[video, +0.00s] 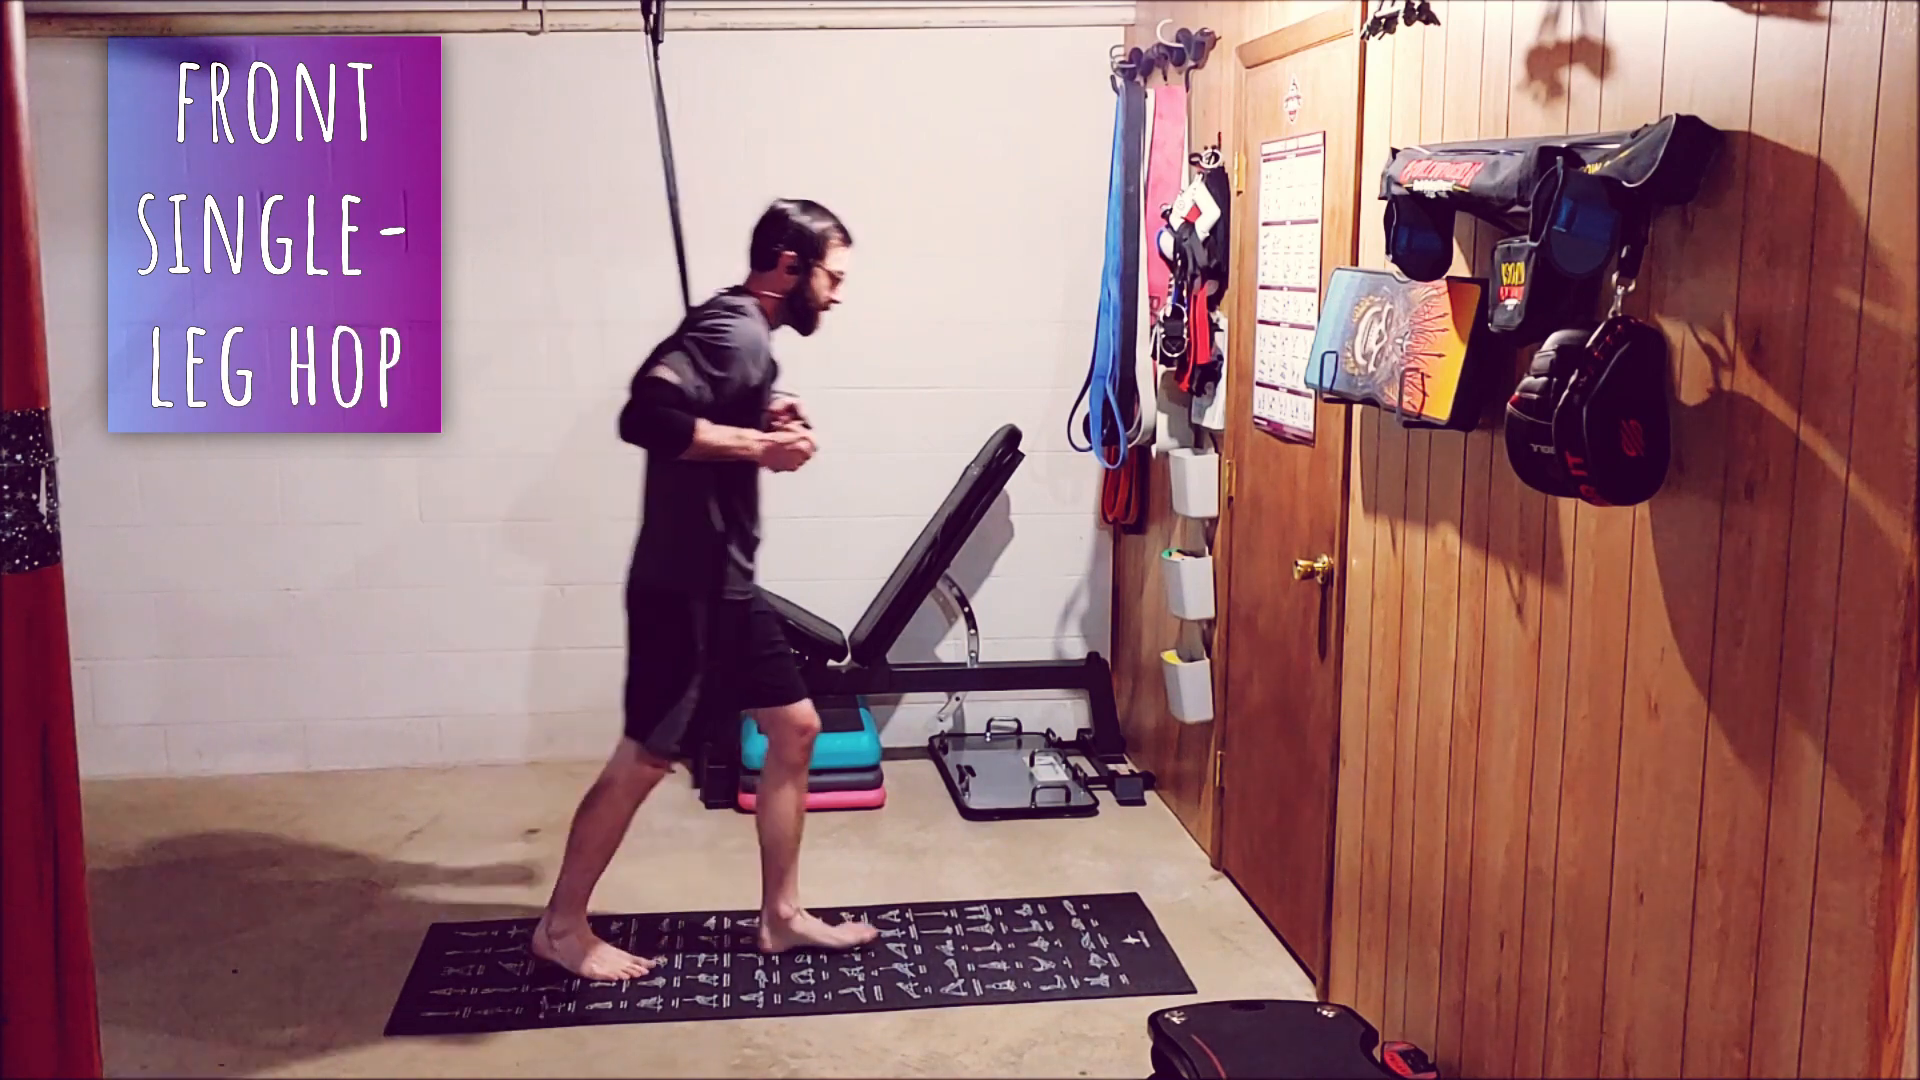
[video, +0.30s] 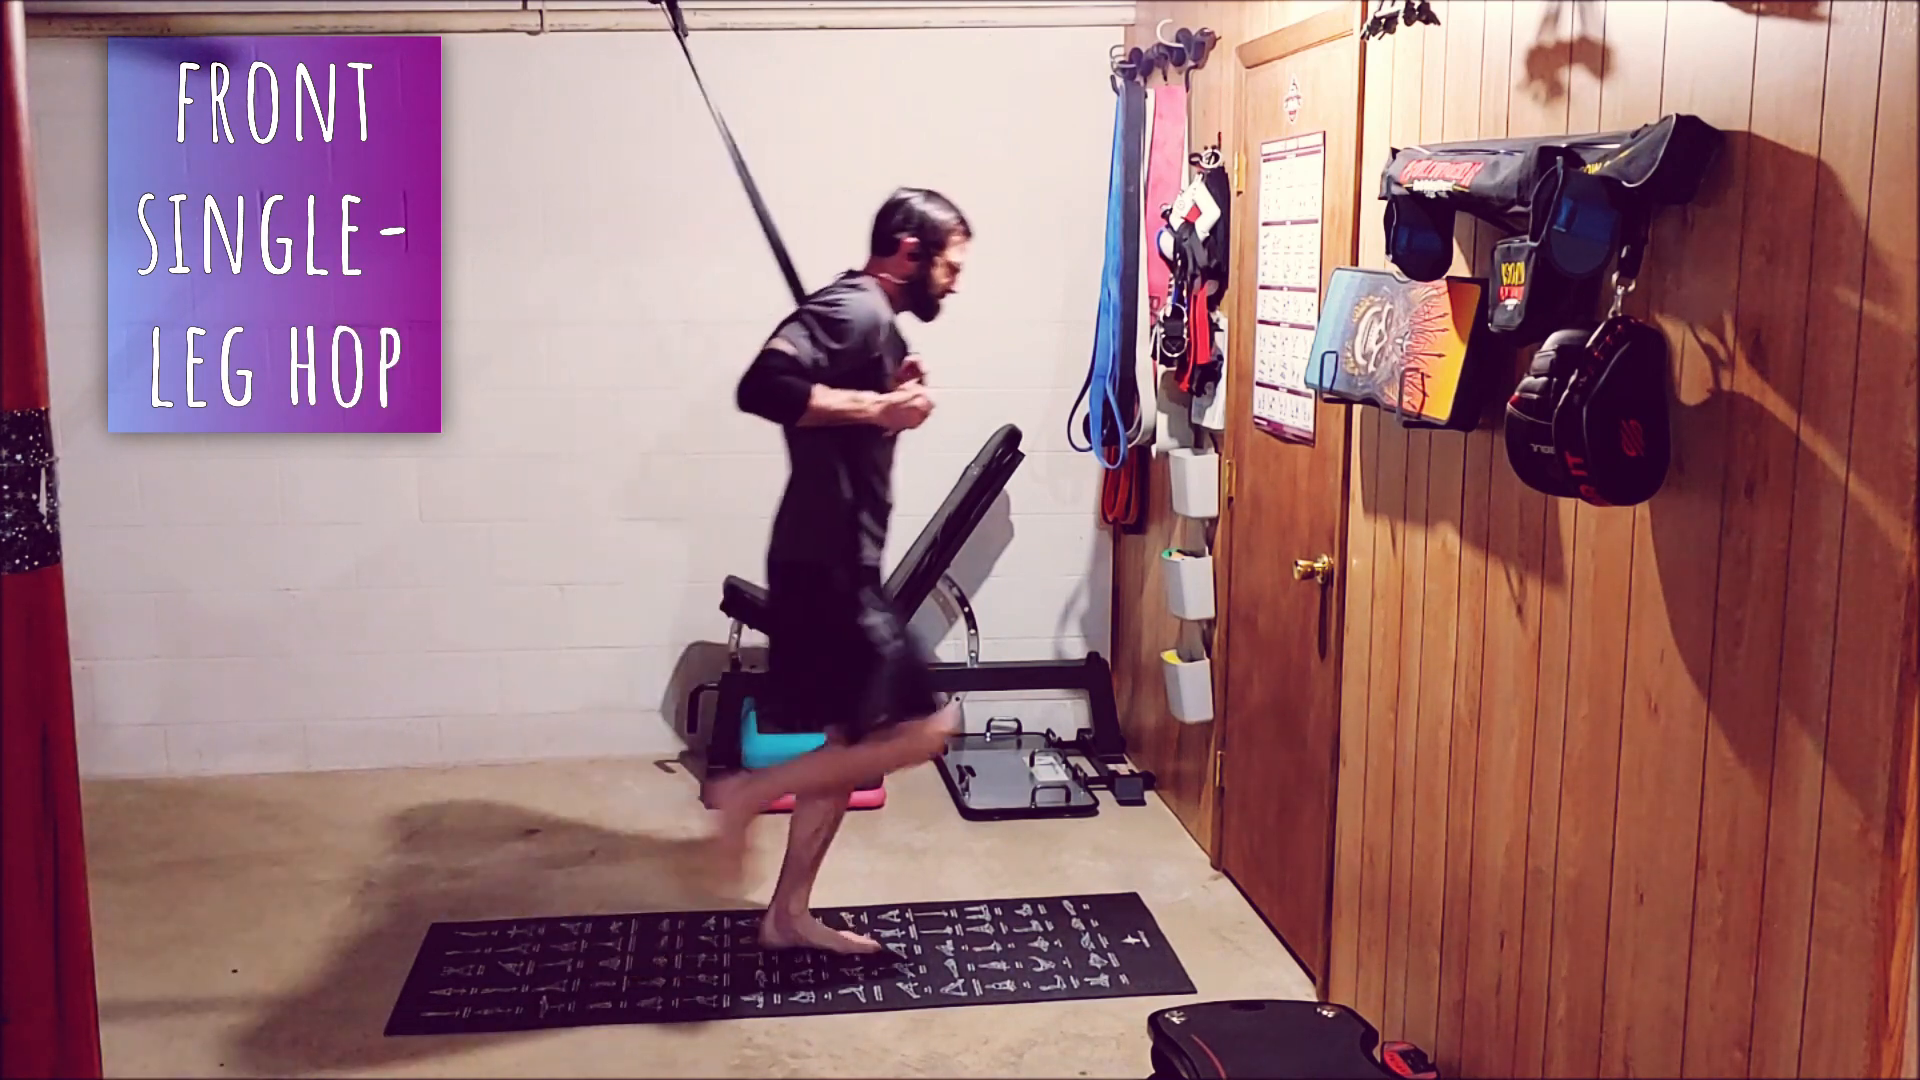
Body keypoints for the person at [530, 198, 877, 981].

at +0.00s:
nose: (837, 295)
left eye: (840, 280)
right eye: (833, 278)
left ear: (785, 267)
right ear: (787, 266)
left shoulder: (750, 331)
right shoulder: (729, 326)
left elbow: (703, 417)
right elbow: (644, 416)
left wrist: (772, 414)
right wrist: (759, 444)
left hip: (727, 581)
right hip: (684, 582)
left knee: (795, 727)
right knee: (645, 757)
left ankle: (784, 914)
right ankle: (561, 928)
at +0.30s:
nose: (957, 279)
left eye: (961, 265)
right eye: (953, 262)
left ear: (907, 252)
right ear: (908, 251)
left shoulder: (875, 316)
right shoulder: (854, 304)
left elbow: (811, 402)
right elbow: (762, 388)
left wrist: (888, 388)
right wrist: (878, 408)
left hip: (844, 561)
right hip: (827, 564)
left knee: (854, 740)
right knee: (931, 723)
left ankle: (789, 914)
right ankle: (744, 793)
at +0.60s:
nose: (1031, 263)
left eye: (1039, 250)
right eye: (1034, 245)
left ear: (984, 210)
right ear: (1001, 215)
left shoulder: (924, 254)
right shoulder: (956, 266)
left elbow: (855, 320)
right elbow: (876, 340)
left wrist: (973, 331)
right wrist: (984, 348)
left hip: (906, 506)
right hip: (945, 497)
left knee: (896, 704)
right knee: (1118, 460)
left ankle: (824, 875)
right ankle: (998, 609)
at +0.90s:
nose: (1040, 277)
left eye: (1048, 265)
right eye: (1044, 259)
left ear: (1002, 224)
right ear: (1012, 226)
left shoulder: (959, 275)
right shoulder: (949, 266)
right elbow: (870, 332)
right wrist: (974, 343)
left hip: (938, 514)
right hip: (973, 502)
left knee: (919, 704)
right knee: (1144, 464)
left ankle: (827, 872)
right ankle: (1029, 623)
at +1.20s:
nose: (998, 281)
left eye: (1005, 268)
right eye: (999, 263)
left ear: (954, 237)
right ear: (961, 236)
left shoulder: (916, 293)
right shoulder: (904, 287)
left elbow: (860, 376)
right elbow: (829, 363)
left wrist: (946, 365)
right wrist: (935, 375)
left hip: (874, 530)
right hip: (908, 522)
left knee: (858, 721)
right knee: (1086, 547)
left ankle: (790, 905)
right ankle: (938, 672)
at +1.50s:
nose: (936, 283)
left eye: (941, 269)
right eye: (933, 265)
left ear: (887, 251)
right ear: (889, 249)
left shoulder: (852, 316)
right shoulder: (829, 307)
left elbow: (795, 407)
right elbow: (745, 396)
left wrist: (870, 397)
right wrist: (858, 417)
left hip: (819, 553)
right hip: (819, 557)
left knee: (803, 733)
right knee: (920, 717)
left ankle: (780, 917)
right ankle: (735, 805)